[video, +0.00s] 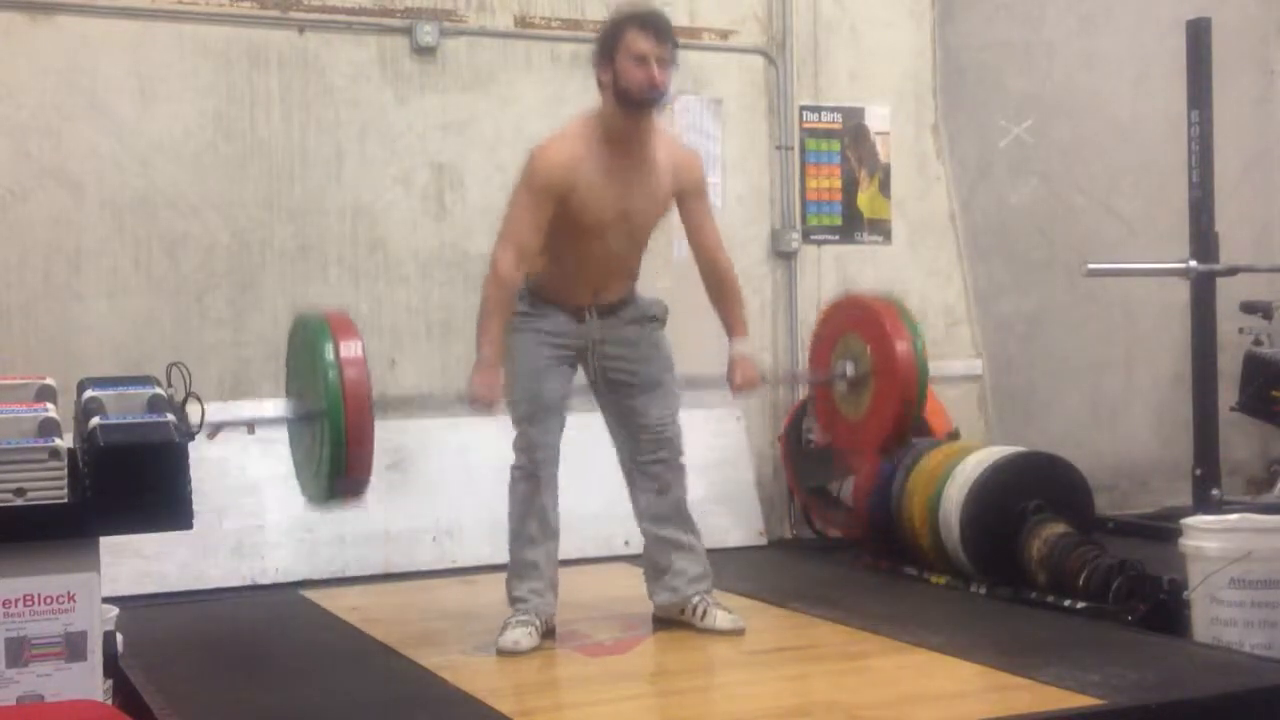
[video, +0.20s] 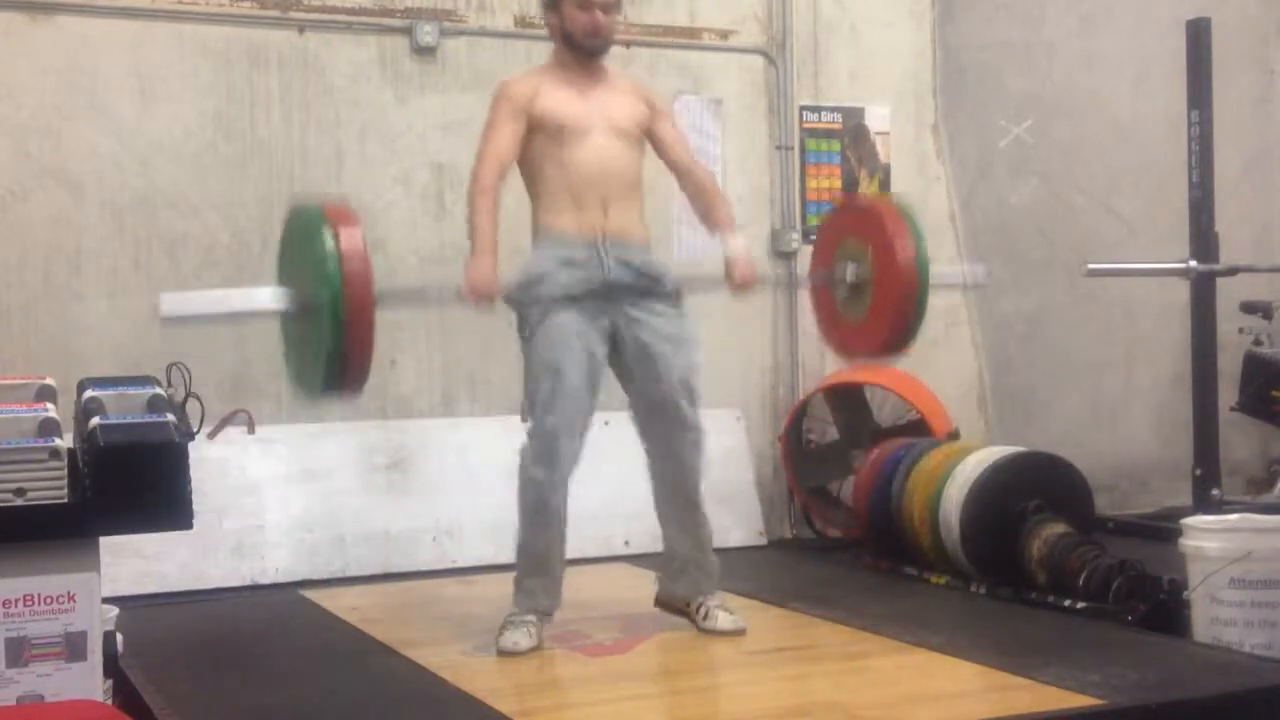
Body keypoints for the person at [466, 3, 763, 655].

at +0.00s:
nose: (652, 75)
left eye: (661, 64)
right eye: (638, 61)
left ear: (670, 75)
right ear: (604, 70)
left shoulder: (677, 164)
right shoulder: (558, 159)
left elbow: (712, 258)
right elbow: (510, 256)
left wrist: (740, 341)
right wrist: (488, 359)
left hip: (625, 318)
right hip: (543, 318)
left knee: (658, 450)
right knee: (535, 456)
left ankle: (682, 592)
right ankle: (529, 607)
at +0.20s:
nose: (599, 15)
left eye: (608, 6)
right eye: (584, 5)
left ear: (619, 17)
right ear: (554, 14)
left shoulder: (637, 98)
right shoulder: (525, 92)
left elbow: (690, 171)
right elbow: (487, 175)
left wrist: (732, 239)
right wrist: (483, 255)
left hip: (642, 277)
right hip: (562, 278)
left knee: (678, 428)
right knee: (553, 438)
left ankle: (690, 587)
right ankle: (531, 606)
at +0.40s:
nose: (601, 84)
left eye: (609, 74)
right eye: (586, 72)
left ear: (618, 80)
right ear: (555, 77)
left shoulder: (634, 160)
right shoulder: (520, 155)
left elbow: (676, 221)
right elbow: (459, 233)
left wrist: (715, 200)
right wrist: (463, 212)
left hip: (628, 343)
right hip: (546, 344)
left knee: (700, 447)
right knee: (511, 457)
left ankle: (673, 580)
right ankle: (501, 591)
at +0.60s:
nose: (607, 185)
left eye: (616, 177)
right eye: (591, 177)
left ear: (627, 192)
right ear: (566, 198)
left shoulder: (656, 276)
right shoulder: (546, 278)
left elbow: (713, 328)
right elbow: (536, 352)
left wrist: (694, 257)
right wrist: (516, 270)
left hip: (627, 443)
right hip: (547, 445)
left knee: (722, 479)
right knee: (512, 497)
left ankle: (668, 595)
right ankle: (501, 611)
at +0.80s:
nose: (602, 259)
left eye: (611, 250)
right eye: (587, 250)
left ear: (621, 262)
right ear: (558, 267)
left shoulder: (646, 343)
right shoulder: (538, 349)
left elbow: (693, 373)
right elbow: (554, 391)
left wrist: (671, 314)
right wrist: (518, 327)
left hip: (634, 513)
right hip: (558, 518)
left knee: (725, 477)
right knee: (507, 498)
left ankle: (666, 596)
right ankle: (502, 612)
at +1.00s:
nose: (599, 257)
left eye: (608, 247)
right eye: (584, 247)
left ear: (619, 259)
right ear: (555, 264)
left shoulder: (643, 340)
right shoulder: (531, 345)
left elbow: (689, 374)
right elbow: (550, 388)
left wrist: (667, 312)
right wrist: (512, 321)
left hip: (628, 514)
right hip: (556, 517)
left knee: (717, 474)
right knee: (523, 495)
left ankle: (667, 595)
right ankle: (503, 612)